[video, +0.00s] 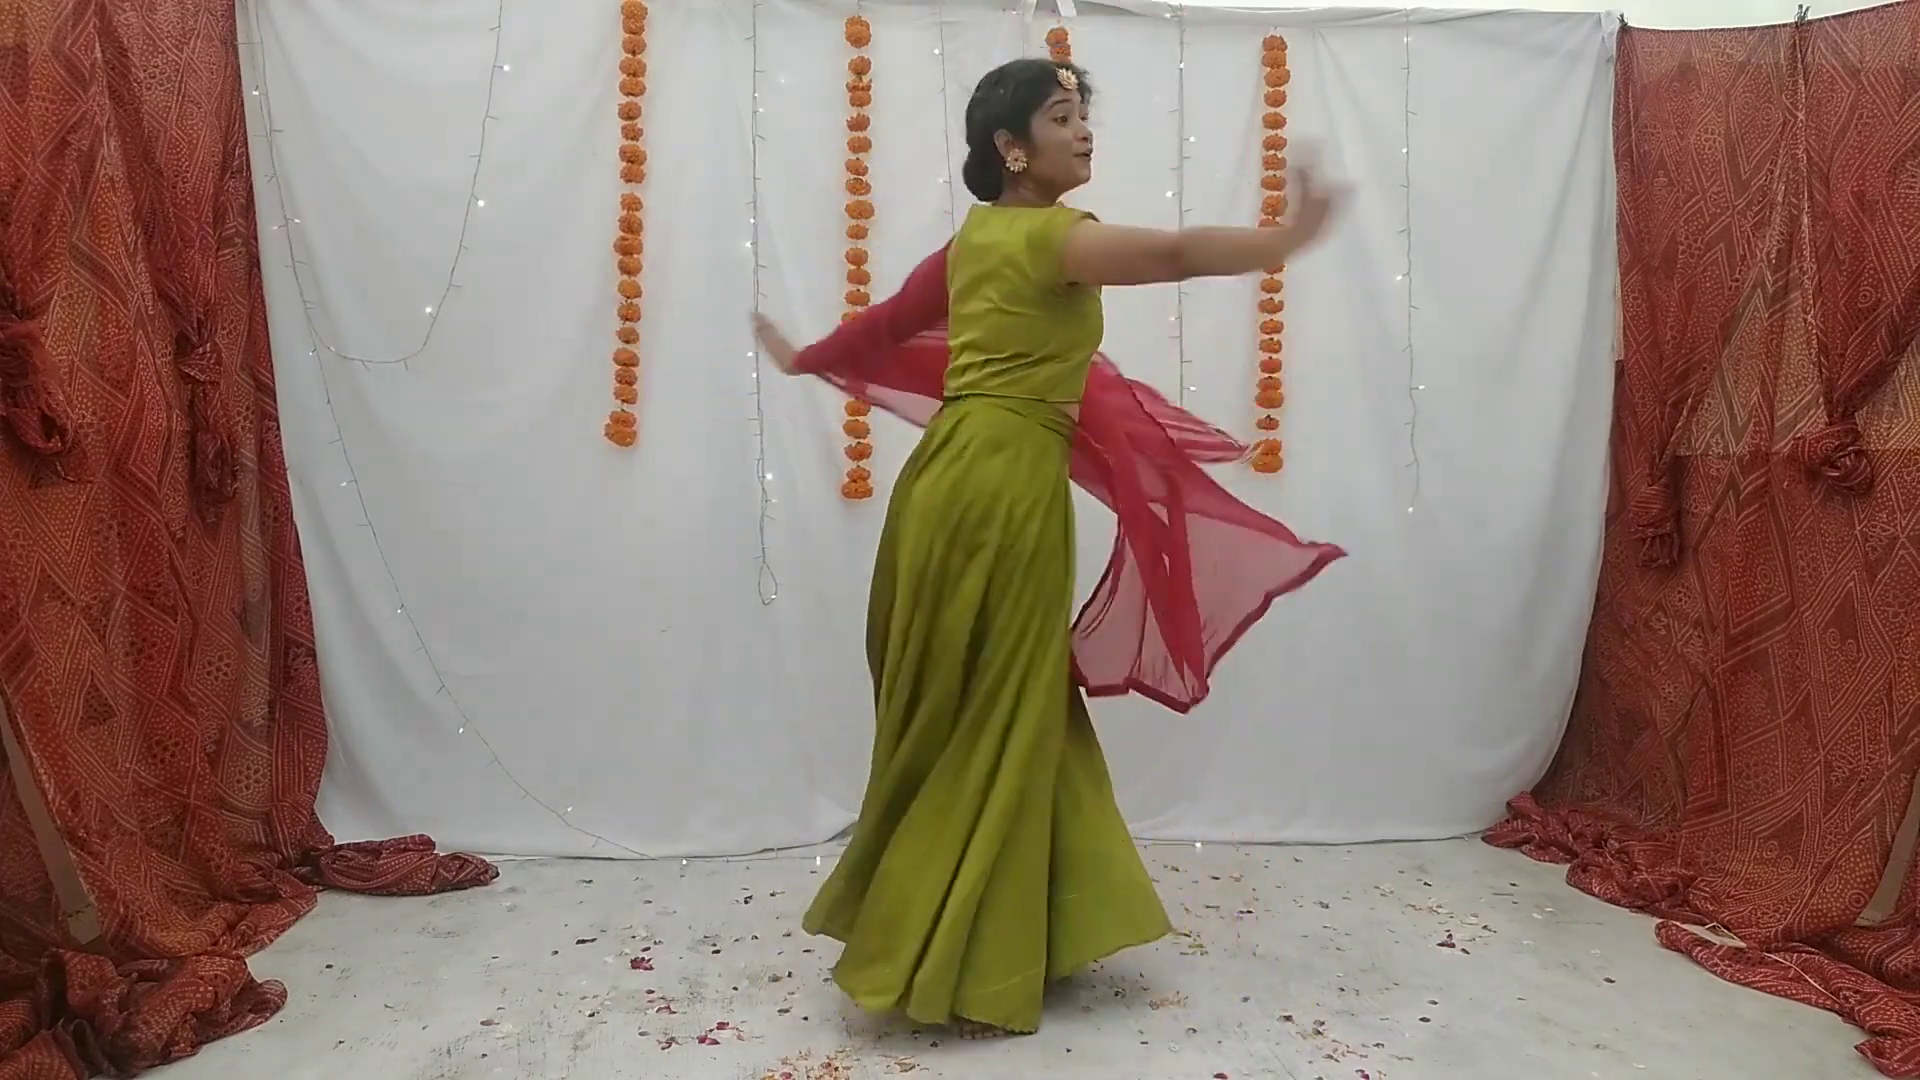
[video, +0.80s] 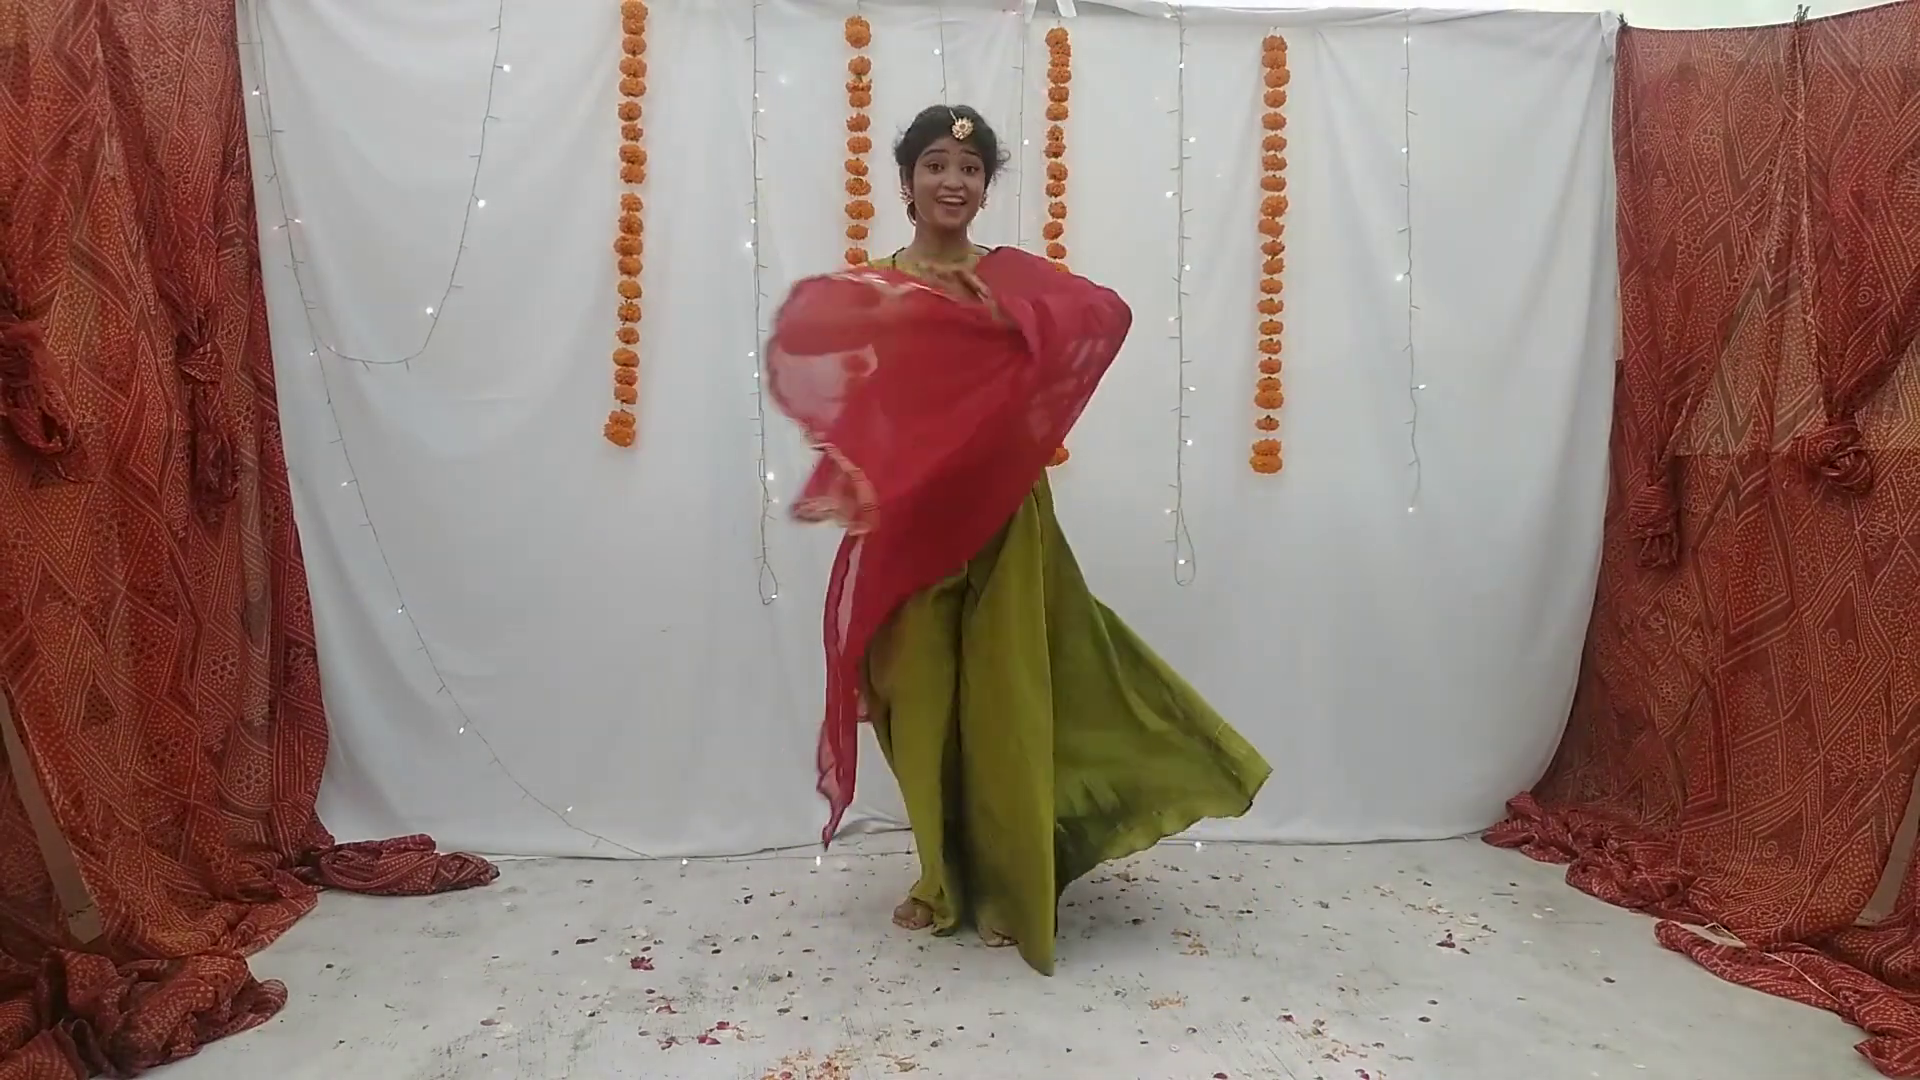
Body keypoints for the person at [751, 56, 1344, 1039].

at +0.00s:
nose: (1085, 132)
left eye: (1083, 116)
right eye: (1065, 120)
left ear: (1014, 156)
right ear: (1014, 148)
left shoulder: (971, 239)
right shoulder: (1052, 238)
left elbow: (887, 322)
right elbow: (1171, 254)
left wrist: (802, 358)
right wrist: (1289, 237)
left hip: (939, 480)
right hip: (1006, 488)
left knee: (947, 712)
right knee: (1005, 716)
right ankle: (963, 959)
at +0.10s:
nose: (1084, 162)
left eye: (1077, 144)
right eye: (1072, 145)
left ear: (1008, 161)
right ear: (1031, 162)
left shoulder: (935, 256)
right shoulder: (1077, 261)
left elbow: (834, 322)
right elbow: (1239, 277)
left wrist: (730, 364)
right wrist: (1374, 275)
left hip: (940, 494)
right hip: (1038, 494)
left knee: (960, 702)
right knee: (1079, 713)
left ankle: (1022, 914)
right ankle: (978, 920)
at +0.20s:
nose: (976, 196)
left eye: (978, 184)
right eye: (989, 183)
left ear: (985, 193)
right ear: (1065, 193)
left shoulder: (955, 282)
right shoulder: (1092, 296)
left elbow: (828, 310)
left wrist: (693, 326)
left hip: (970, 511)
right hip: (1064, 509)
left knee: (966, 705)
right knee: (1091, 705)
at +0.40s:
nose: (965, 189)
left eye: (985, 175)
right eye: (962, 173)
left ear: (1033, 187)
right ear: (970, 179)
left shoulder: (1010, 266)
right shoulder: (1020, 268)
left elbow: (878, 270)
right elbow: (870, 311)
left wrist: (758, 201)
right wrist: (764, 240)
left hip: (1020, 492)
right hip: (1050, 482)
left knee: (994, 691)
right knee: (1064, 683)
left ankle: (1041, 894)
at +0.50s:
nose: (963, 173)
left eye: (985, 160)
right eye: (951, 157)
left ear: (1015, 183)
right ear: (937, 172)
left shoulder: (1023, 260)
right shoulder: (926, 270)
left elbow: (933, 238)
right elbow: (807, 303)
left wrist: (826, 171)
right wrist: (791, 195)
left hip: (1042, 482)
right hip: (964, 489)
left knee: (1021, 685)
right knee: (939, 696)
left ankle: (1041, 879)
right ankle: (963, 887)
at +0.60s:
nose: (958, 169)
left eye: (976, 159)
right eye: (943, 156)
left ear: (1002, 179)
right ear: (919, 173)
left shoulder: (1019, 259)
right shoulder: (893, 265)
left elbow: (1022, 262)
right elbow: (777, 289)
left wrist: (904, 213)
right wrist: (844, 212)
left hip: (1024, 479)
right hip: (929, 490)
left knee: (1016, 685)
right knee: (937, 697)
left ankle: (1003, 889)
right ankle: (942, 890)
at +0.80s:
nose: (954, 182)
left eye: (970, 169)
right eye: (937, 166)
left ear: (986, 185)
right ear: (907, 180)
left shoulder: (1016, 277)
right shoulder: (876, 288)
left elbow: (1109, 313)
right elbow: (844, 399)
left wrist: (1020, 334)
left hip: (1007, 505)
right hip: (914, 511)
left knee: (1006, 689)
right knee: (910, 693)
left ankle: (1016, 880)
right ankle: (938, 870)